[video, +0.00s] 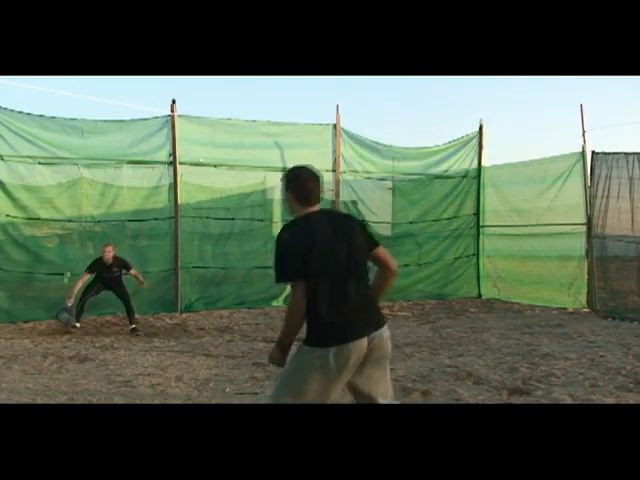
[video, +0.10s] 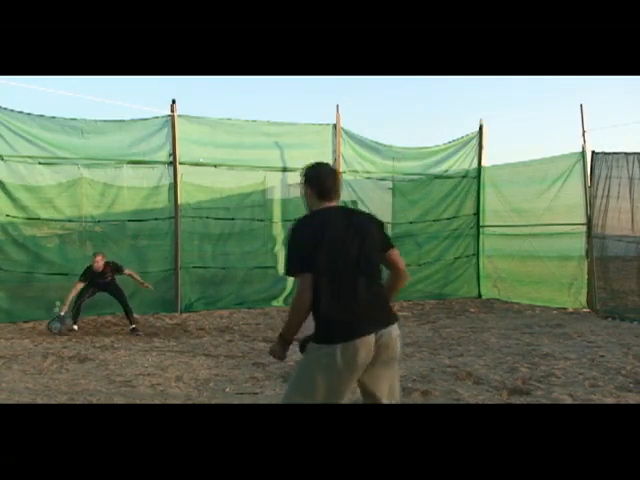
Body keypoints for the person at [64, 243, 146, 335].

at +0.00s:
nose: (107, 255)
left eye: (109, 252)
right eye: (105, 252)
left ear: (113, 253)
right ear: (102, 253)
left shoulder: (120, 262)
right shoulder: (97, 263)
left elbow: (133, 272)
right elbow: (82, 279)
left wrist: (141, 281)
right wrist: (72, 297)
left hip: (116, 283)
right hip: (99, 283)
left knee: (127, 301)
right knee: (83, 298)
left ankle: (133, 326)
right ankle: (77, 322)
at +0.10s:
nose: (97, 265)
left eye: (99, 262)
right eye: (95, 262)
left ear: (104, 262)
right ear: (93, 262)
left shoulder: (112, 267)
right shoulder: (89, 271)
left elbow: (129, 273)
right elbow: (77, 288)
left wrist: (142, 283)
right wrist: (66, 305)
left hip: (110, 285)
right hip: (94, 286)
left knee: (124, 301)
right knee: (78, 301)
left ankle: (133, 325)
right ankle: (74, 325)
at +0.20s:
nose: (86, 274)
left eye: (88, 271)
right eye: (84, 271)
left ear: (94, 269)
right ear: (82, 271)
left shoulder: (102, 270)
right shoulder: (80, 277)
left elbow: (117, 272)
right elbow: (73, 293)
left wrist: (130, 280)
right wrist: (66, 305)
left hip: (102, 287)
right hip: (87, 289)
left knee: (118, 302)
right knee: (72, 302)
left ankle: (132, 325)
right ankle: (73, 326)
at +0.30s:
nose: (82, 274)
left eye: (84, 271)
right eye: (80, 271)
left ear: (89, 269)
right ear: (77, 270)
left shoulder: (96, 269)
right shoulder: (74, 277)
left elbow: (107, 271)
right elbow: (68, 291)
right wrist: (64, 303)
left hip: (96, 286)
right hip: (81, 289)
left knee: (114, 302)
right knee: (68, 303)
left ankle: (130, 324)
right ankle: (71, 325)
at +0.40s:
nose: (80, 266)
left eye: (82, 263)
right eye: (78, 264)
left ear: (85, 262)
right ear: (74, 264)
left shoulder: (94, 265)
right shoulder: (71, 273)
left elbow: (101, 270)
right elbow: (62, 289)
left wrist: (106, 274)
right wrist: (59, 304)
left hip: (95, 285)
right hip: (79, 288)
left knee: (112, 302)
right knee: (67, 301)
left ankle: (125, 322)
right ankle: (71, 326)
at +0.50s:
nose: (79, 258)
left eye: (81, 255)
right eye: (77, 255)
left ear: (85, 254)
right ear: (74, 257)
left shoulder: (93, 261)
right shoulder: (70, 268)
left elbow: (103, 268)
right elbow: (59, 285)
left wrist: (110, 277)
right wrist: (56, 302)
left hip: (95, 284)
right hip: (80, 285)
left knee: (111, 301)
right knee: (68, 301)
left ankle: (118, 319)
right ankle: (71, 325)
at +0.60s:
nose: (82, 250)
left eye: (83, 247)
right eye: (79, 248)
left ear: (87, 247)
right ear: (76, 250)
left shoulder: (96, 257)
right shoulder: (72, 262)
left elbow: (107, 266)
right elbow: (61, 277)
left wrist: (116, 280)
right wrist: (57, 294)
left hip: (98, 283)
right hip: (82, 284)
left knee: (113, 304)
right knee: (70, 301)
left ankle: (112, 318)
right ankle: (71, 325)